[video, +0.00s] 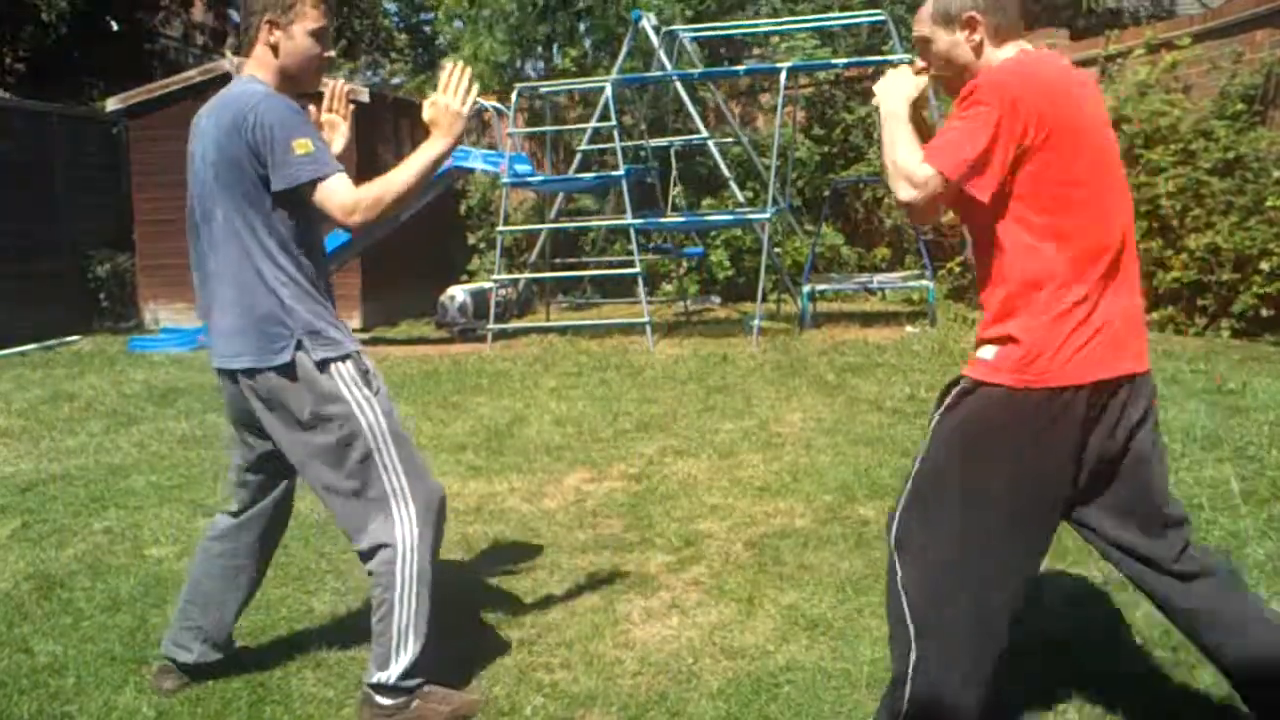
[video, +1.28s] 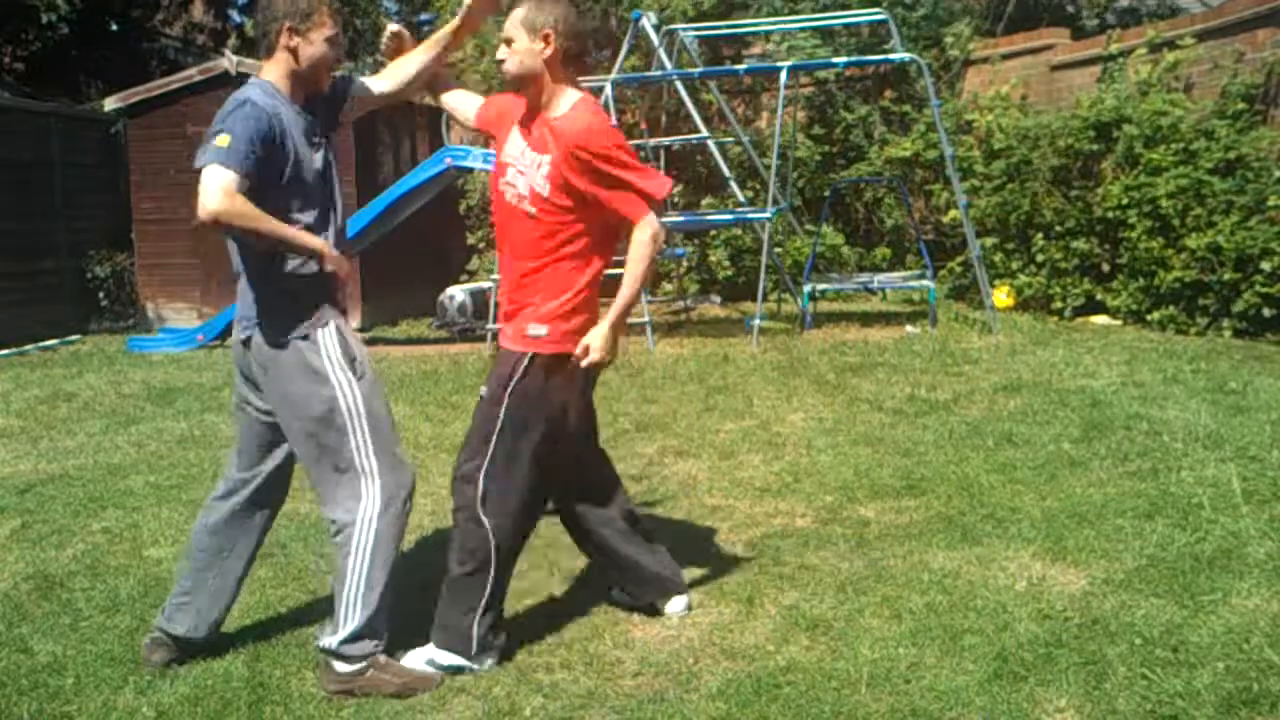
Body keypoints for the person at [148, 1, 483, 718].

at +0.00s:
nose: (328, 51)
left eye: (328, 37)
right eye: (319, 35)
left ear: (271, 38)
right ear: (269, 35)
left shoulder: (215, 114)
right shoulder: (269, 111)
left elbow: (275, 228)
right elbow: (358, 208)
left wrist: (325, 159)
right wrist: (440, 141)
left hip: (240, 348)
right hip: (298, 345)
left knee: (252, 500)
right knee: (407, 502)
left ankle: (188, 655)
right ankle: (396, 686)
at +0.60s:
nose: (370, 49)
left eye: (370, 35)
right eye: (362, 34)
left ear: (314, 34)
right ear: (318, 33)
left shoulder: (254, 114)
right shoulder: (308, 97)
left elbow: (330, 212)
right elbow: (412, 131)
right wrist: (502, 55)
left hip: (265, 338)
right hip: (328, 334)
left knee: (276, 492)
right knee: (426, 495)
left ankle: (196, 638)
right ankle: (400, 680)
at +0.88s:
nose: (349, 74)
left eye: (350, 63)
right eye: (343, 62)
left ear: (292, 59)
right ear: (307, 56)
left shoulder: (239, 131)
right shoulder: (309, 114)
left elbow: (325, 208)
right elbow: (418, 134)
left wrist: (366, 165)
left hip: (246, 353)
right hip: (305, 353)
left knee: (257, 497)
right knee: (401, 494)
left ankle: (189, 632)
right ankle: (399, 674)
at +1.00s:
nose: (345, 65)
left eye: (346, 51)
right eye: (339, 49)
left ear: (293, 42)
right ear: (298, 41)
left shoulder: (259, 107)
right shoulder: (270, 103)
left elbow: (335, 201)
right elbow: (349, 171)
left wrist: (372, 134)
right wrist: (414, 148)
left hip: (251, 333)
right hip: (289, 333)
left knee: (262, 484)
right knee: (377, 474)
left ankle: (188, 632)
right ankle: (383, 661)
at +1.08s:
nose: (341, 59)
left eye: (342, 45)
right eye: (334, 42)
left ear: (291, 37)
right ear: (292, 35)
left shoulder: (284, 111)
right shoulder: (250, 99)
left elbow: (366, 183)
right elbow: (294, 195)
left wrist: (387, 114)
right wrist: (389, 191)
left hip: (266, 327)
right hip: (281, 328)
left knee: (262, 476)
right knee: (365, 471)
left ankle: (185, 629)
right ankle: (355, 657)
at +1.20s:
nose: (341, 54)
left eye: (341, 41)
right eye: (332, 40)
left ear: (305, 42)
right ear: (288, 37)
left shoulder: (317, 105)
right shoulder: (242, 113)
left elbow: (403, 81)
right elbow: (214, 219)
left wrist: (485, 29)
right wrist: (312, 276)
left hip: (275, 334)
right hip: (282, 337)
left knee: (247, 488)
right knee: (370, 475)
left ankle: (175, 634)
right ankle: (350, 654)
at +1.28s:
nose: (342, 52)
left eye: (342, 40)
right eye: (334, 39)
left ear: (301, 39)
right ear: (292, 38)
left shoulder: (314, 95)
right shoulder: (255, 110)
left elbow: (394, 83)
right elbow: (217, 201)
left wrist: (461, 24)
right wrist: (319, 245)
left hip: (274, 329)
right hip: (303, 330)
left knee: (248, 483)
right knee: (378, 480)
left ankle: (177, 631)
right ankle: (353, 655)